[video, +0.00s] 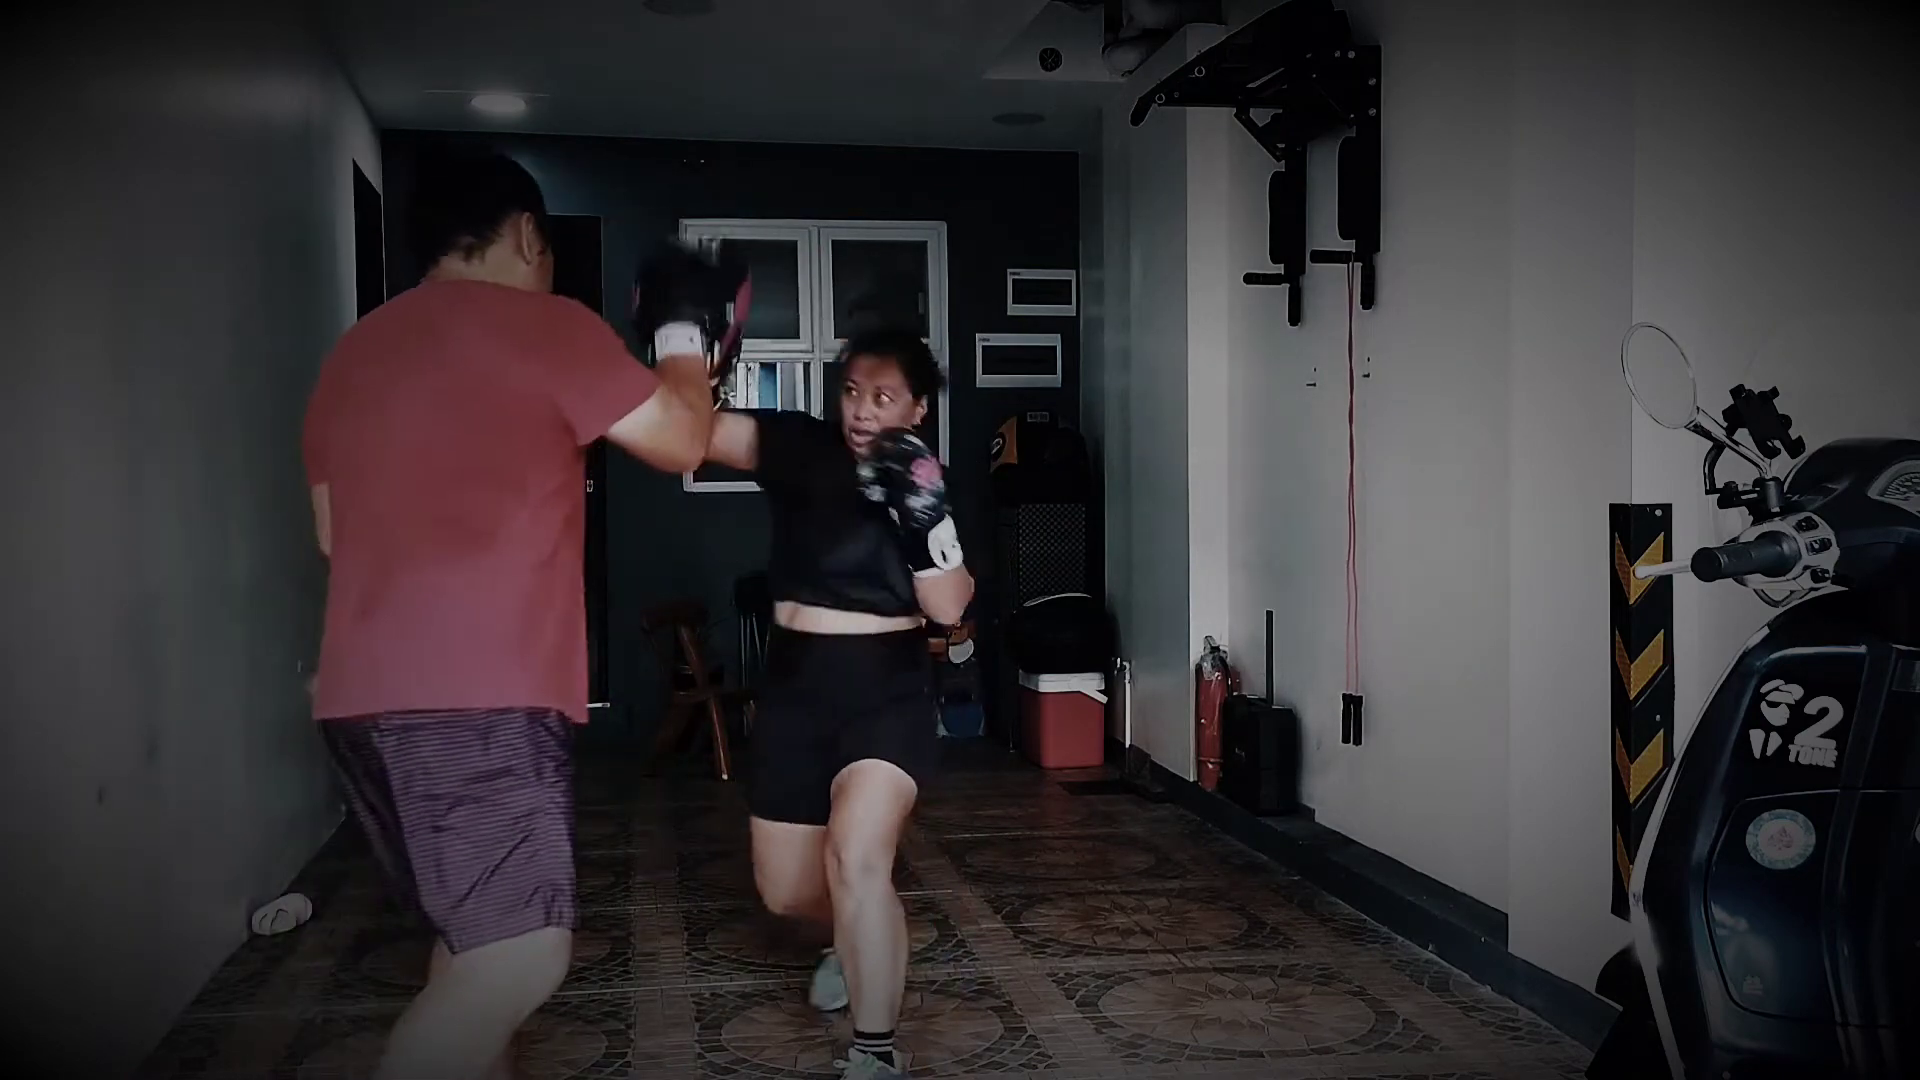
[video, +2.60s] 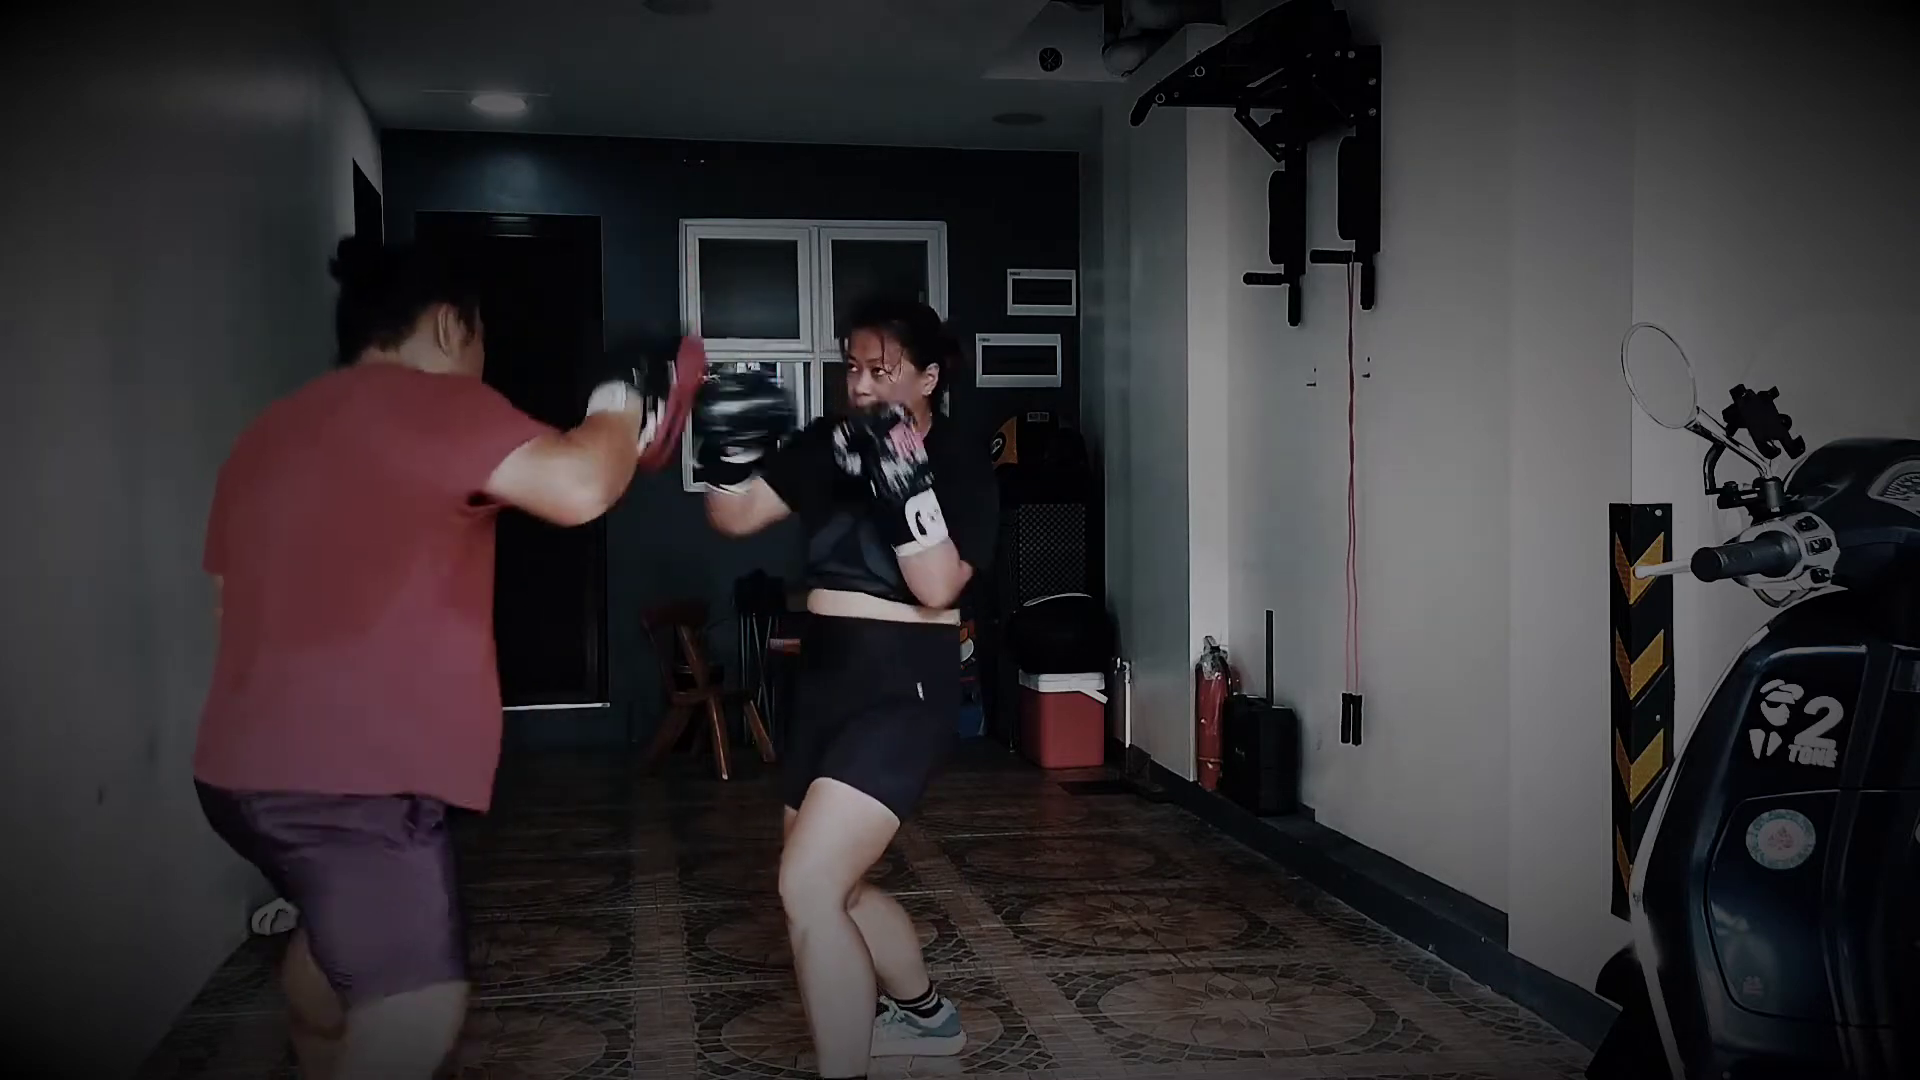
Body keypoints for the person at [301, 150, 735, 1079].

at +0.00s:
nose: (546, 265)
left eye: (541, 248)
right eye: (541, 246)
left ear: (428, 244)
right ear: (515, 234)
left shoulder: (350, 353)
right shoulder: (547, 328)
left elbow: (332, 534)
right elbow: (684, 441)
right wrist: (686, 341)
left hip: (357, 691)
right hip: (481, 686)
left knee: (467, 935)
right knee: (519, 952)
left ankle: (477, 1066)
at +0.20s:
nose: (560, 278)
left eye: (557, 256)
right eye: (558, 252)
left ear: (439, 240)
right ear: (532, 225)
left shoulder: (345, 358)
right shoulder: (532, 327)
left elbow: (319, 535)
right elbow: (612, 499)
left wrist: (434, 588)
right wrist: (690, 449)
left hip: (381, 717)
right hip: (504, 713)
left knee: (463, 961)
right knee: (537, 985)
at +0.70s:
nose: (565, 234)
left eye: (563, 210)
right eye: (562, 208)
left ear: (440, 196)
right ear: (540, 192)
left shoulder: (324, 319)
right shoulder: (545, 295)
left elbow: (285, 522)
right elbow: (631, 501)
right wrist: (673, 448)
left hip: (337, 729)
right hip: (489, 731)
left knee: (395, 988)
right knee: (507, 1019)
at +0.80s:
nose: (550, 247)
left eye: (549, 225)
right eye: (549, 222)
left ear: (418, 211)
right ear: (527, 206)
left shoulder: (307, 332)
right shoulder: (533, 305)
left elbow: (294, 483)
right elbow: (646, 497)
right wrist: (667, 410)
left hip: (325, 740)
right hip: (479, 747)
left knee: (385, 999)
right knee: (506, 1021)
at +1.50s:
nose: (497, 281)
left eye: (500, 262)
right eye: (499, 258)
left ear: (384, 229)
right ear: (475, 238)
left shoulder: (286, 330)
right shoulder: (449, 326)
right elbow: (603, 460)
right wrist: (610, 341)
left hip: (286, 734)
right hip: (396, 744)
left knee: (392, 1002)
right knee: (426, 1018)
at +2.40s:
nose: (477, 277)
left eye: (478, 256)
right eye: (478, 252)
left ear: (355, 234)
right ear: (444, 235)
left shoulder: (263, 343)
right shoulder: (425, 335)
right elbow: (587, 453)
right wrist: (612, 358)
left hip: (257, 720)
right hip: (353, 731)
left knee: (332, 985)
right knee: (367, 995)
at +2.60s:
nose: (477, 359)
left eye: (477, 342)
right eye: (476, 337)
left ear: (364, 325)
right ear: (447, 325)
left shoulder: (264, 435)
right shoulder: (441, 413)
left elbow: (232, 599)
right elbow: (582, 486)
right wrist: (617, 406)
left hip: (241, 775)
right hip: (364, 786)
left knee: (331, 933)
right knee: (413, 1007)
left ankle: (320, 1063)